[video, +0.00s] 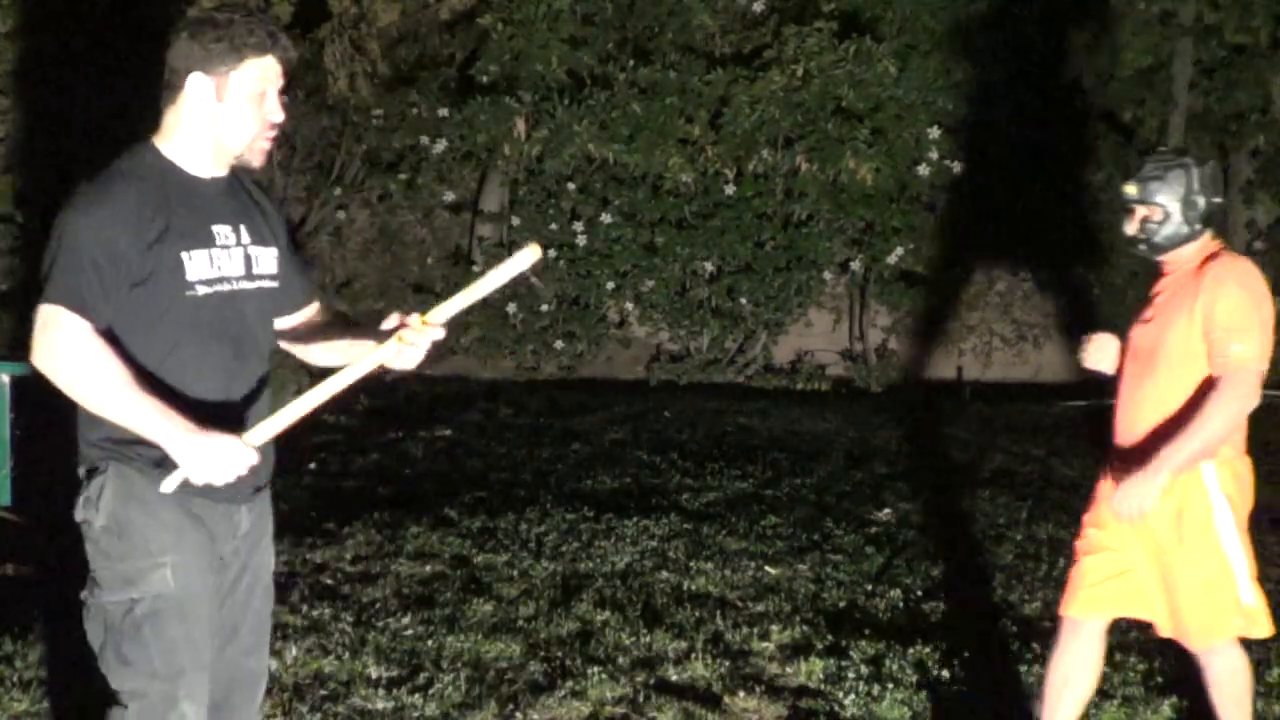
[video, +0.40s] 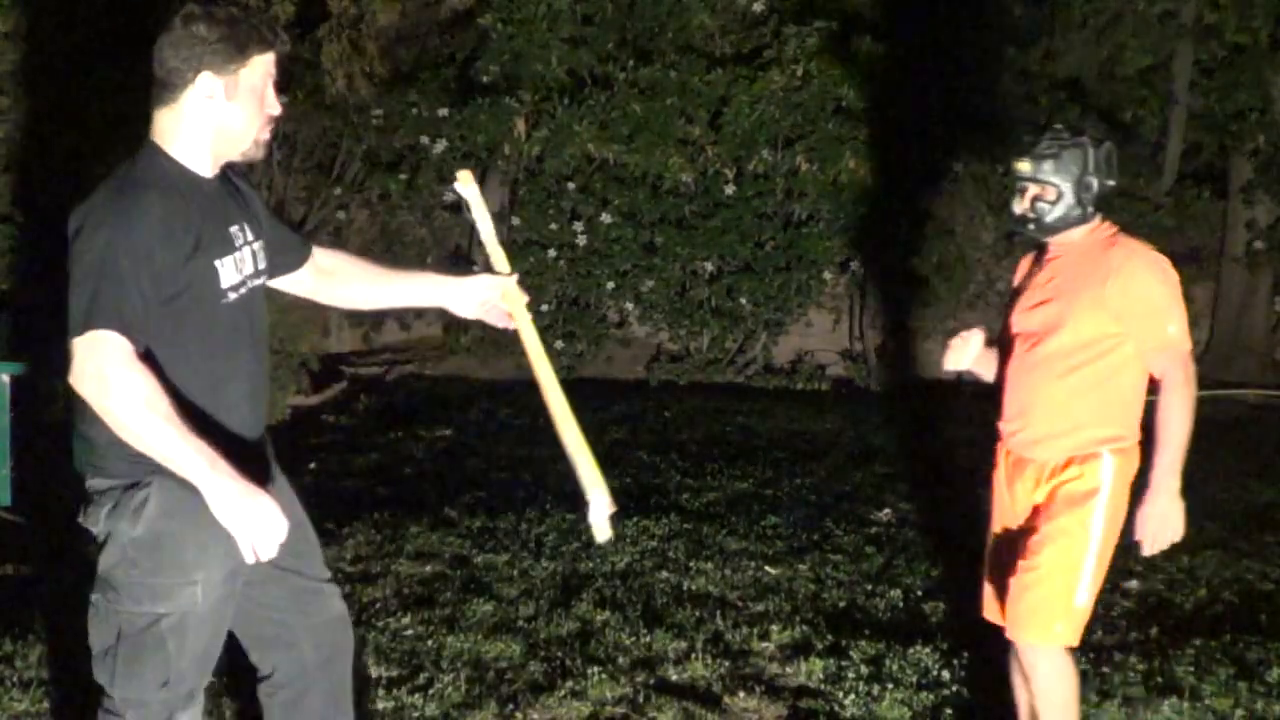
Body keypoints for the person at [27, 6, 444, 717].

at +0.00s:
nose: (281, 116)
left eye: (281, 95)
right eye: (267, 93)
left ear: (221, 95)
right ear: (206, 91)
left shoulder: (254, 209)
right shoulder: (114, 206)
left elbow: (304, 329)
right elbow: (57, 342)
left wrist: (377, 347)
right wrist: (183, 437)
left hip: (246, 493)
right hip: (146, 496)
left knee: (235, 706)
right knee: (165, 705)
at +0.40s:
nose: (279, 108)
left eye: (277, 87)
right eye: (269, 86)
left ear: (220, 91)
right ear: (215, 89)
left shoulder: (230, 201)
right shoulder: (123, 214)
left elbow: (315, 272)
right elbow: (96, 365)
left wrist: (454, 292)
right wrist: (221, 482)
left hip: (250, 484)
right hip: (160, 499)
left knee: (313, 648)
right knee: (152, 704)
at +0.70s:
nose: (346, 123)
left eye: (345, 104)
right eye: (337, 102)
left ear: (285, 107)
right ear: (283, 105)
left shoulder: (300, 216)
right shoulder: (201, 218)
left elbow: (384, 272)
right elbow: (149, 357)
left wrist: (518, 265)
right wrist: (226, 498)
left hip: (317, 523)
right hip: (228, 530)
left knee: (343, 695)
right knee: (193, 707)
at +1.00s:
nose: (428, 129)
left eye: (427, 112)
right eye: (419, 110)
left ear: (372, 112)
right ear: (366, 109)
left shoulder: (379, 213)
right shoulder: (282, 206)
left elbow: (456, 277)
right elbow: (234, 337)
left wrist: (576, 271)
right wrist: (309, 466)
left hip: (367, 491)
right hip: (289, 487)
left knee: (373, 674)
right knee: (284, 679)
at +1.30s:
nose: (423, 123)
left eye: (422, 105)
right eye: (410, 103)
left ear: (365, 109)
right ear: (358, 106)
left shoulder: (376, 210)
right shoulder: (282, 204)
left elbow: (444, 286)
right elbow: (260, 340)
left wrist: (553, 283)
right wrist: (391, 415)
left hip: (363, 480)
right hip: (291, 477)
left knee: (375, 666)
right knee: (294, 677)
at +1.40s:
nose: (411, 124)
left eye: (409, 105)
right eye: (397, 104)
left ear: (352, 115)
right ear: (345, 110)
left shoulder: (356, 212)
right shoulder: (269, 212)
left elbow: (386, 312)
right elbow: (272, 350)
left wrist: (489, 281)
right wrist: (408, 367)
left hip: (353, 481)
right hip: (276, 481)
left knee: (372, 665)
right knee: (280, 683)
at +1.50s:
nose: (399, 136)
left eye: (398, 118)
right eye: (386, 116)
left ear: (335, 120)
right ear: (332, 118)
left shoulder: (328, 215)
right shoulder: (262, 218)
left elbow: (347, 312)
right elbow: (299, 358)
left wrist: (427, 267)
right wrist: (417, 305)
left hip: (331, 478)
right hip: (260, 480)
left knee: (372, 649)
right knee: (268, 680)